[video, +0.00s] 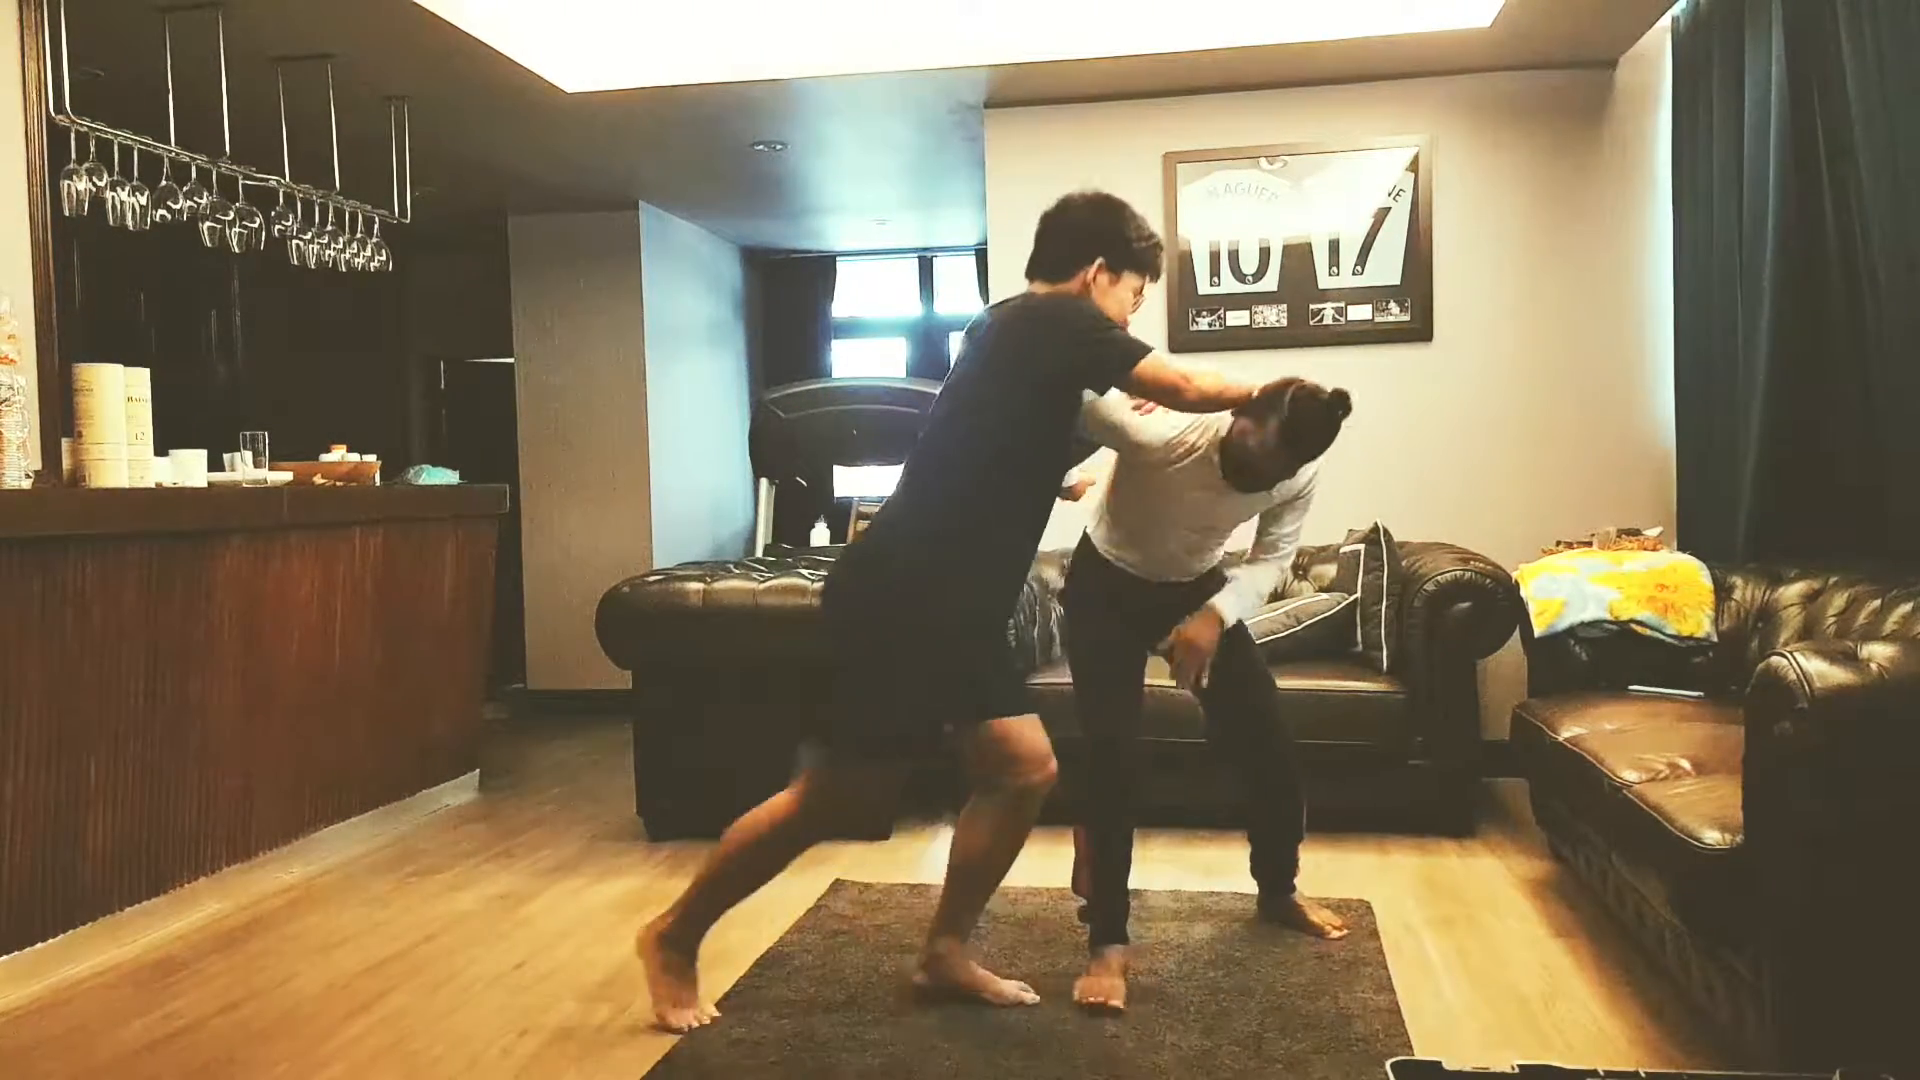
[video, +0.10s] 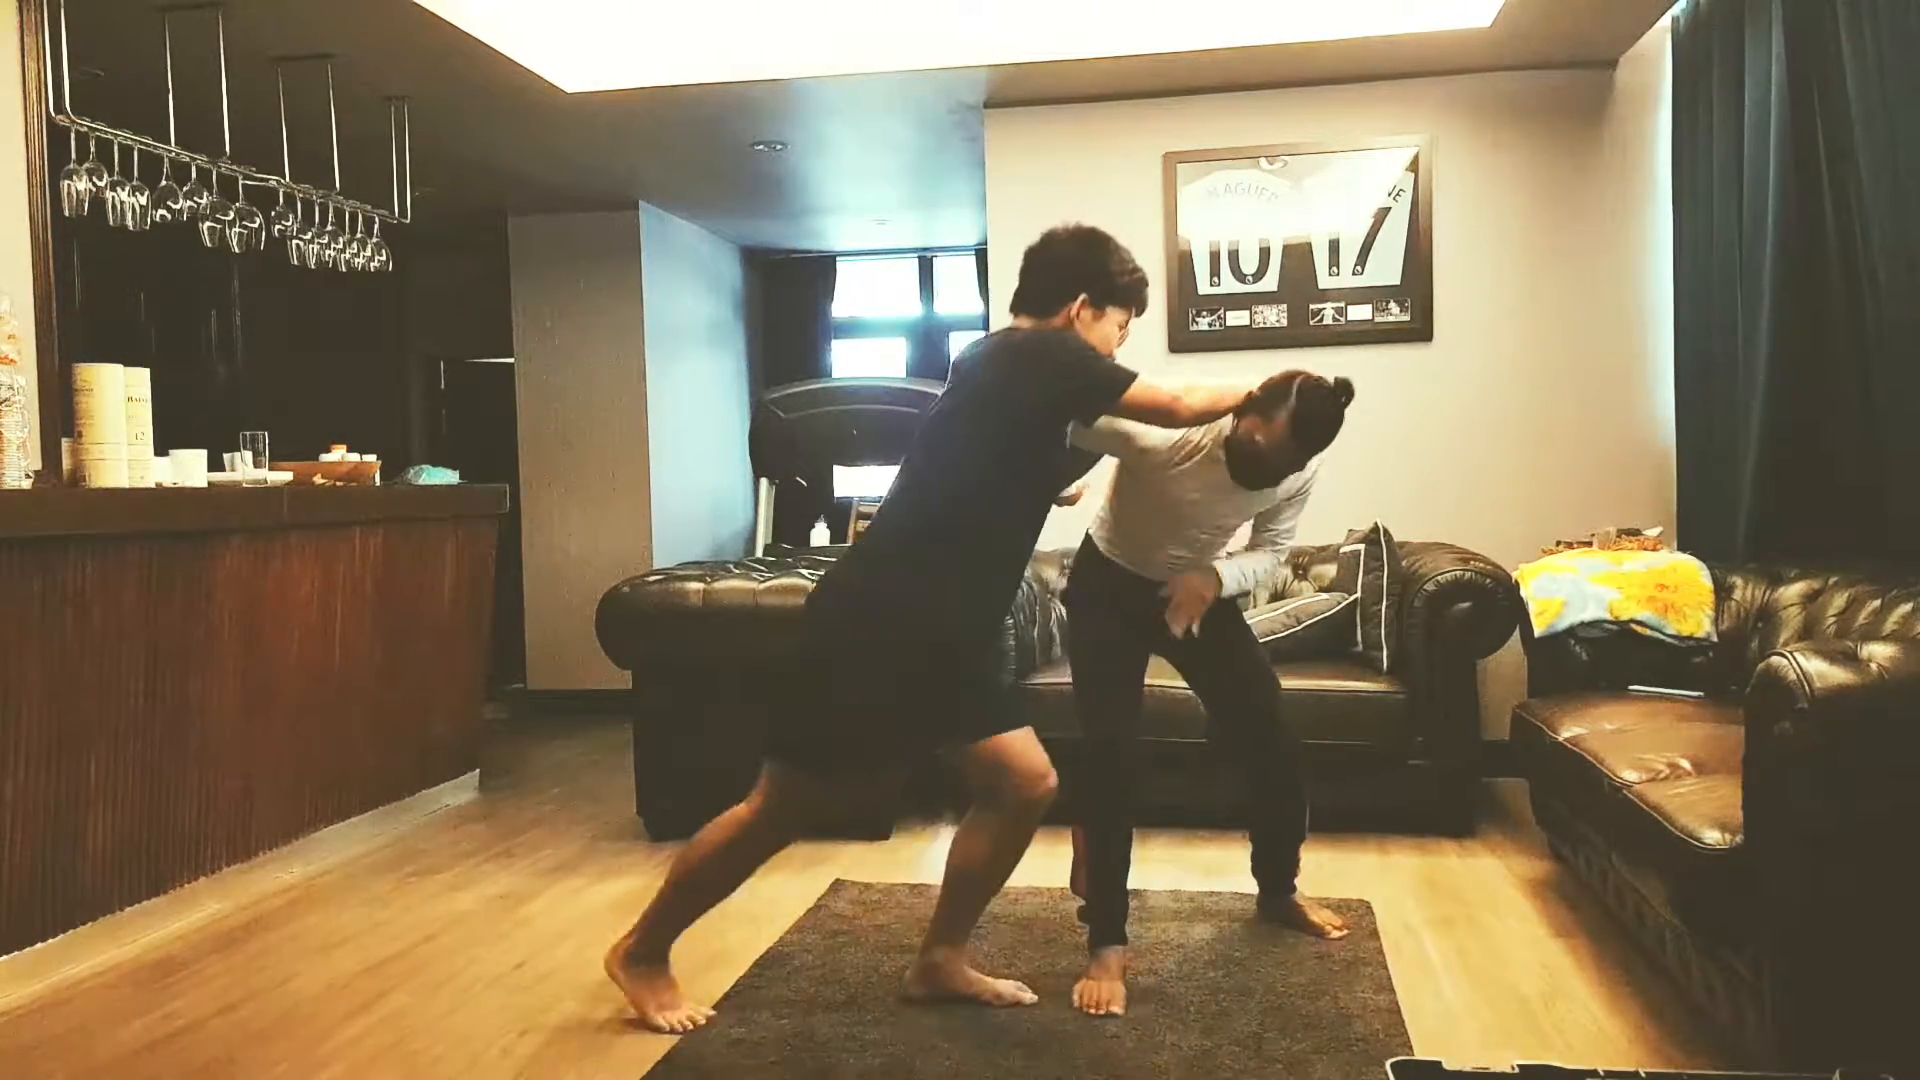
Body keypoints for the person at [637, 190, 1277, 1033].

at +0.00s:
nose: (1135, 311)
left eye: (1139, 295)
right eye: (1134, 290)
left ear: (1067, 270)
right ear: (1094, 270)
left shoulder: (1011, 328)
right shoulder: (1059, 324)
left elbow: (986, 458)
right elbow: (1179, 385)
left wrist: (1066, 482)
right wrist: (1261, 388)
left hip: (950, 601)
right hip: (897, 595)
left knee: (1024, 769)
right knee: (845, 801)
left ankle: (947, 952)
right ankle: (671, 937)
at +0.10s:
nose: (1123, 341)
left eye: (1126, 327)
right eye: (1120, 323)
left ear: (1054, 304)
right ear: (1082, 307)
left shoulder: (994, 364)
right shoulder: (1043, 357)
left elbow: (977, 480)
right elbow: (1174, 405)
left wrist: (1065, 480)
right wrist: (1250, 391)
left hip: (940, 629)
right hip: (874, 622)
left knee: (1024, 783)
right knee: (778, 810)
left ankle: (944, 958)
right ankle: (638, 954)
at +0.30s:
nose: (1110, 317)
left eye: (1117, 302)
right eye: (1112, 296)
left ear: (1051, 270)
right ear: (1074, 271)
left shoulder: (988, 326)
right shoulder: (1016, 327)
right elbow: (1090, 427)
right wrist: (1197, 437)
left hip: (934, 575)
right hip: (932, 580)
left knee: (984, 763)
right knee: (1042, 753)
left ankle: (942, 958)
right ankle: (857, 854)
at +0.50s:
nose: (1078, 302)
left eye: (1085, 287)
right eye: (1078, 282)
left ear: (1029, 263)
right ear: (1032, 259)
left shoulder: (990, 344)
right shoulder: (963, 312)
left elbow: (994, 460)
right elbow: (988, 421)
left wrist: (1079, 487)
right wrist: (1112, 446)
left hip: (939, 571)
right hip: (937, 572)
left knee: (991, 768)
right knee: (1129, 639)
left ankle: (945, 959)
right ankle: (1007, 796)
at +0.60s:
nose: (1064, 299)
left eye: (1072, 283)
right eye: (1063, 277)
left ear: (1016, 261)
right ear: (1016, 257)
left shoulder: (990, 356)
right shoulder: (943, 309)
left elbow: (1003, 467)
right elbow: (969, 408)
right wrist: (1086, 425)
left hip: (947, 571)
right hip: (913, 567)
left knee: (989, 763)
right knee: (1092, 676)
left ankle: (941, 960)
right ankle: (935, 810)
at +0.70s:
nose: (1050, 292)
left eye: (1055, 276)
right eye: (1047, 270)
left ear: (1000, 256)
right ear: (999, 248)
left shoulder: (981, 350)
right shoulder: (927, 301)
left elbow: (997, 465)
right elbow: (964, 393)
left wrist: (1053, 434)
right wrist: (1085, 403)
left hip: (944, 564)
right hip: (896, 561)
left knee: (977, 749)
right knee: (1024, 731)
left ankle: (940, 954)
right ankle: (851, 824)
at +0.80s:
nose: (1037, 284)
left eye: (1042, 269)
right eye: (1033, 262)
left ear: (988, 248)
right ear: (983, 239)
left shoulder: (968, 330)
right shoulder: (911, 292)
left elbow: (983, 449)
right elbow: (965, 375)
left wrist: (1017, 427)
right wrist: (1071, 371)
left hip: (941, 568)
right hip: (880, 567)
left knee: (968, 752)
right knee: (919, 779)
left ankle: (939, 954)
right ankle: (787, 830)